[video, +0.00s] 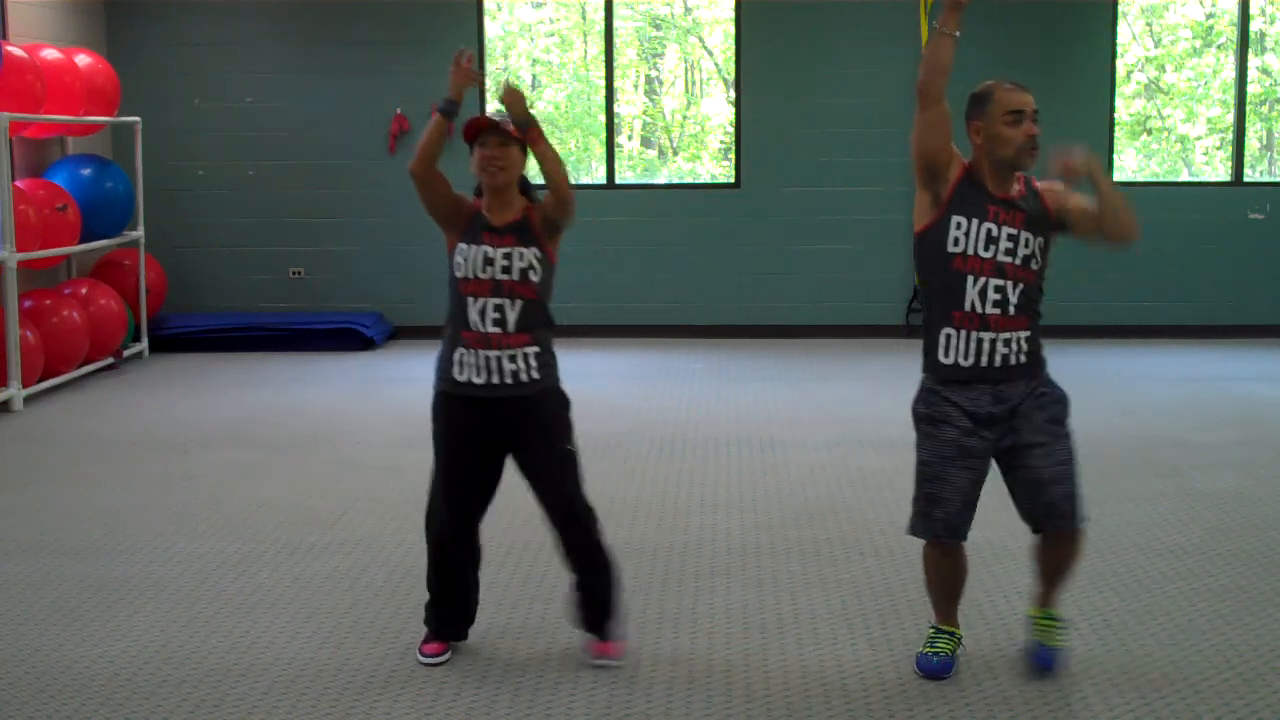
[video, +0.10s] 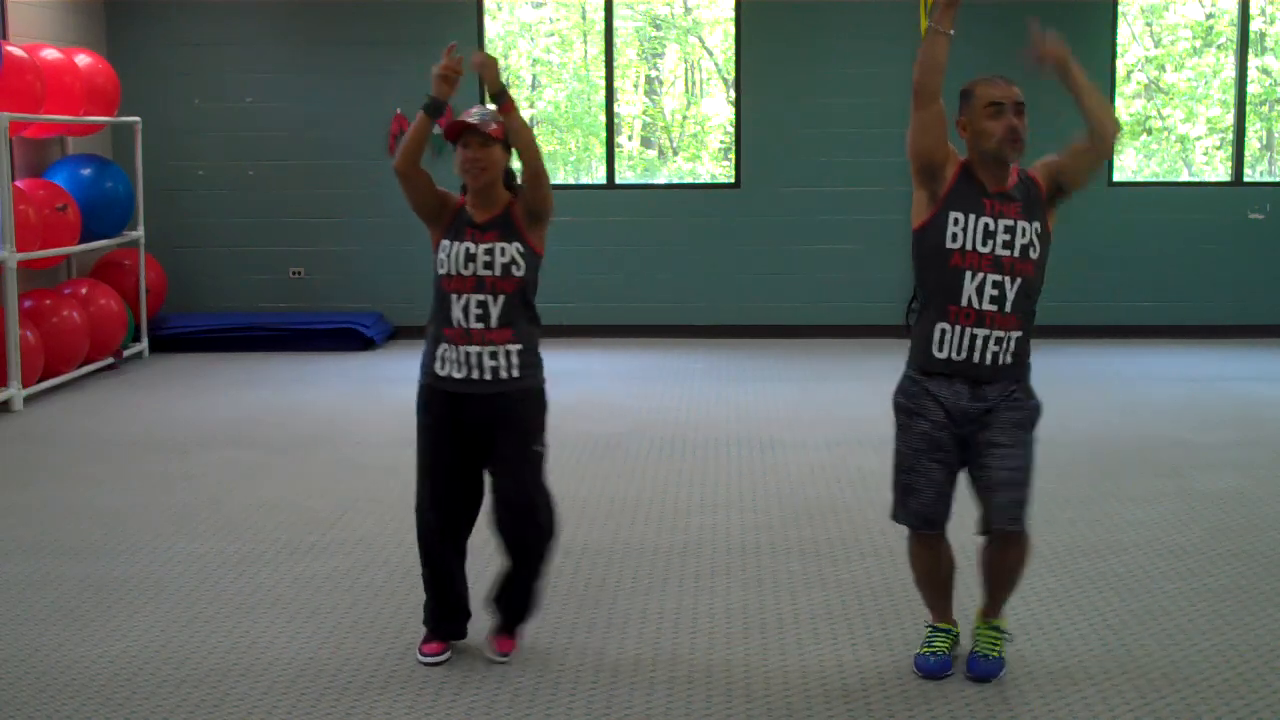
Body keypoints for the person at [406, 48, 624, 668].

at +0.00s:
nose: (491, 153)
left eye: (502, 145)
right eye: (484, 145)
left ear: (522, 159)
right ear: (471, 159)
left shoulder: (543, 220)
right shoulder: (460, 219)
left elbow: (563, 192)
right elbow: (422, 169)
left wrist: (529, 124)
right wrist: (452, 100)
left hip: (533, 397)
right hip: (465, 397)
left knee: (570, 512)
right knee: (450, 518)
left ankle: (602, 623)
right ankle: (444, 626)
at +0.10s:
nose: (470, 159)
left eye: (482, 148)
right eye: (462, 149)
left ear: (507, 156)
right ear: (454, 160)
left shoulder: (529, 215)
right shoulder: (445, 216)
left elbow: (529, 156)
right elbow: (405, 167)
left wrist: (498, 94)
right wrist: (438, 100)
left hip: (513, 394)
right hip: (447, 393)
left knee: (526, 517)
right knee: (440, 518)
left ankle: (510, 617)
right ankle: (442, 625)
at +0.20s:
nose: (454, 160)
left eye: (466, 149)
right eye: (447, 152)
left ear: (494, 154)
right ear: (441, 159)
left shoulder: (519, 212)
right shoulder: (436, 213)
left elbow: (514, 147)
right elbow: (393, 167)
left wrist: (480, 81)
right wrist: (423, 100)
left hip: (494, 388)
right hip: (432, 385)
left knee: (487, 508)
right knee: (430, 506)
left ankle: (489, 621)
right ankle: (438, 621)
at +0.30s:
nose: (441, 165)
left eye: (452, 154)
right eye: (438, 155)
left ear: (485, 153)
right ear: (435, 158)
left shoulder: (513, 208)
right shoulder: (431, 210)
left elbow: (505, 140)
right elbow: (377, 167)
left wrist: (470, 75)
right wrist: (399, 99)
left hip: (482, 388)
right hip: (420, 384)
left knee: (476, 508)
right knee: (419, 508)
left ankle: (489, 618)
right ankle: (429, 622)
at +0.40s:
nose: (435, 174)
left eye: (444, 163)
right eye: (430, 164)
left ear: (478, 159)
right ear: (431, 167)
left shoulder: (508, 214)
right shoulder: (425, 215)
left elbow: (497, 141)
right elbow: (356, 182)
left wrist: (458, 73)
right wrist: (358, 120)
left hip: (475, 397)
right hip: (413, 391)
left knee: (468, 519)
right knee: (407, 513)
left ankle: (499, 623)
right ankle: (423, 624)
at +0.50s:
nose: (428, 184)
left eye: (438, 173)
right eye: (424, 175)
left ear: (473, 171)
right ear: (427, 178)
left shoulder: (501, 223)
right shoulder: (419, 227)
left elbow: (491, 151)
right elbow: (334, 207)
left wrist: (445, 79)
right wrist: (298, 154)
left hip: (474, 407)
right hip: (410, 398)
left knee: (478, 517)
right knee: (371, 497)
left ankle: (501, 623)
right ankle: (412, 608)